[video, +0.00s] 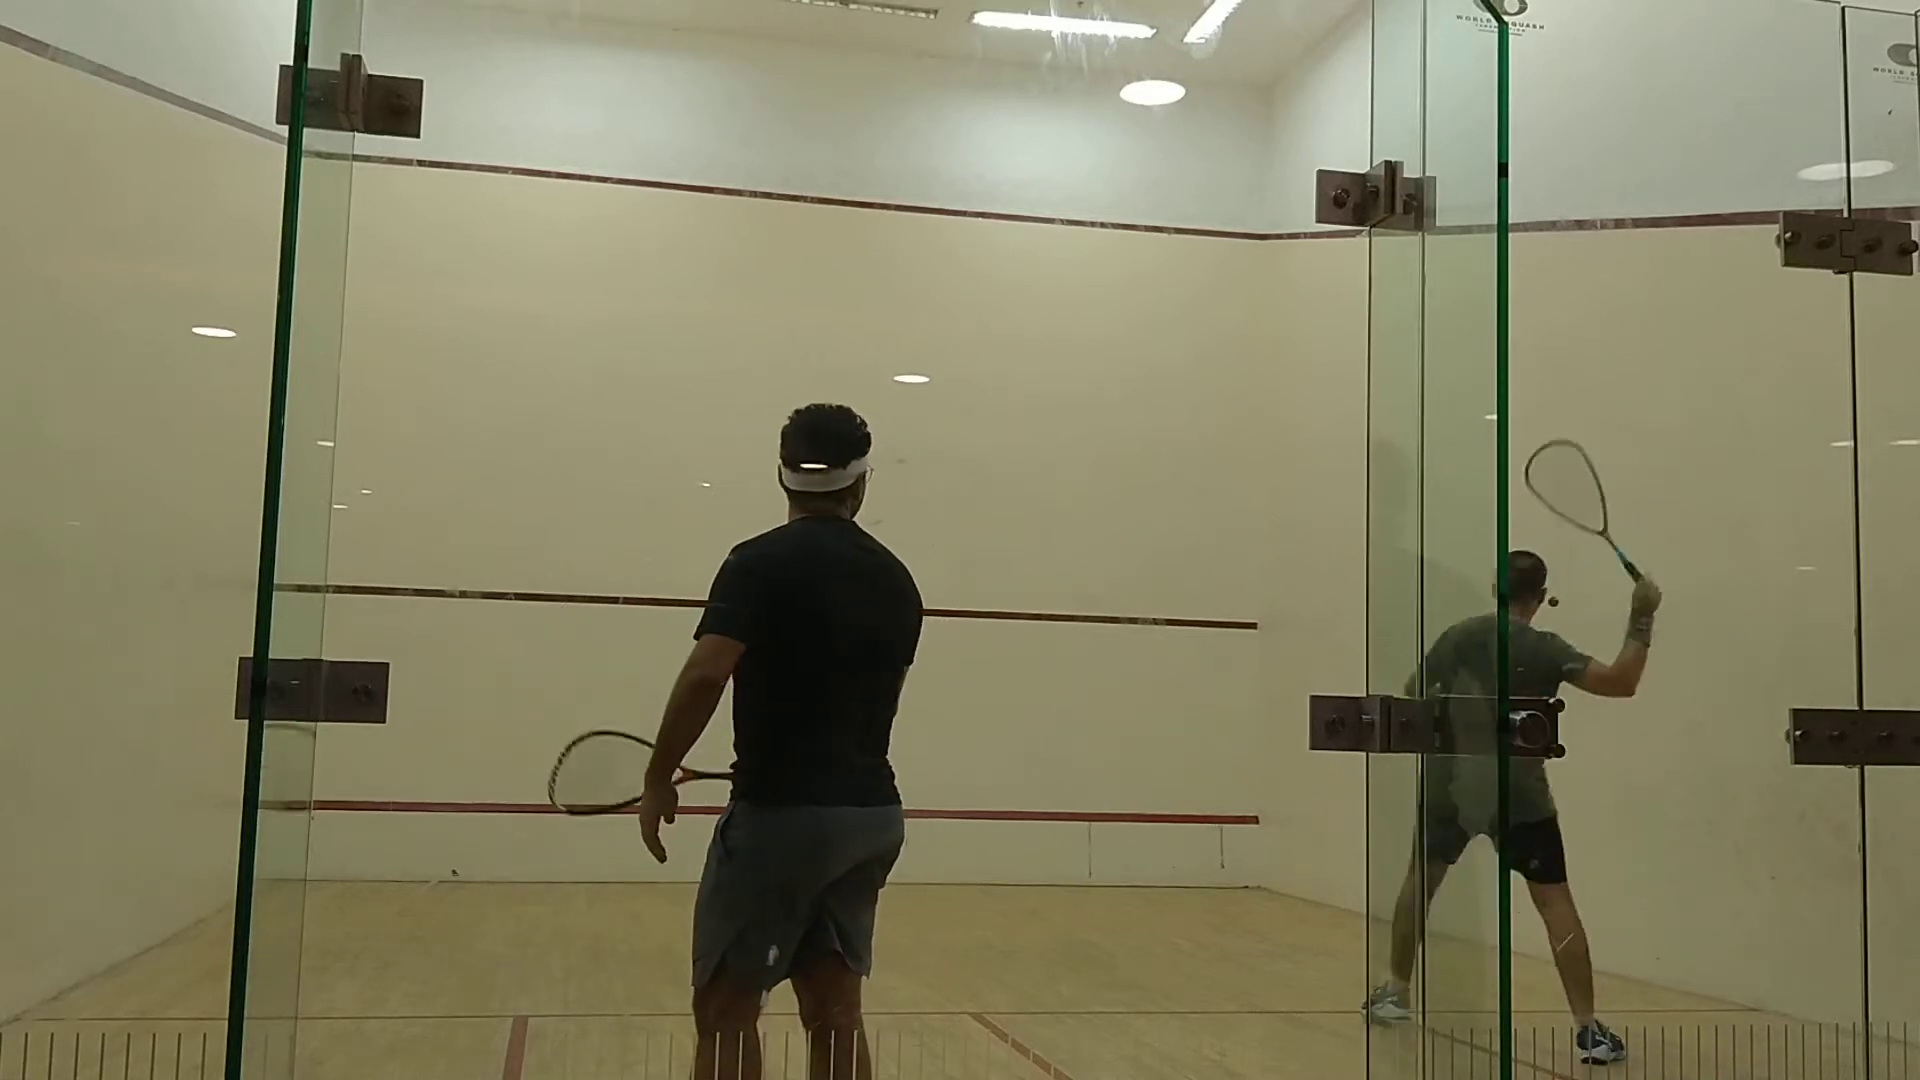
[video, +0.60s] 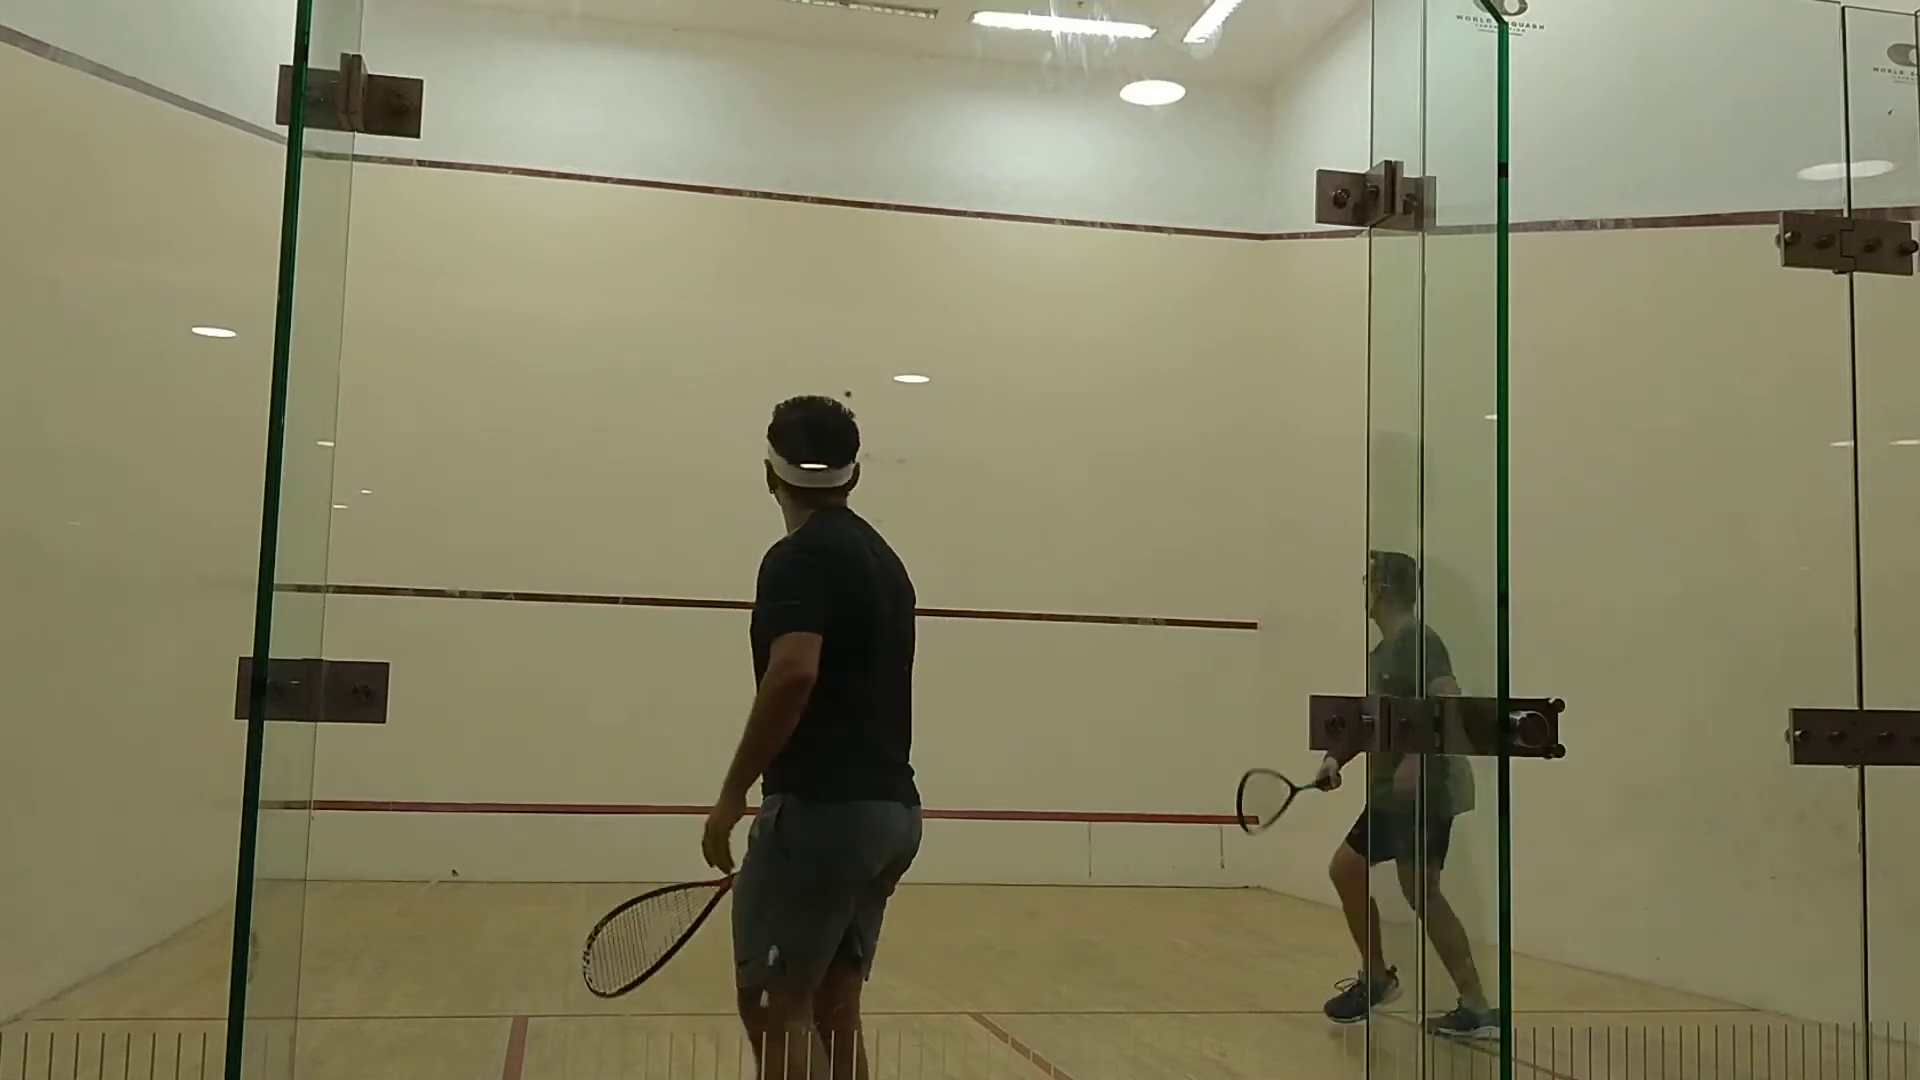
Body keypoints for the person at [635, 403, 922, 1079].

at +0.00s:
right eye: (861, 478)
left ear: (784, 480)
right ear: (860, 485)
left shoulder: (755, 563)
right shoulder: (897, 580)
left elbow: (707, 673)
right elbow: (871, 702)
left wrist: (659, 773)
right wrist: (772, 760)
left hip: (772, 824)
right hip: (870, 821)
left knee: (726, 1011)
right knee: (835, 1010)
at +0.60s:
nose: (770, 473)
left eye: (771, 463)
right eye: (778, 462)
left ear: (774, 475)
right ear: (849, 475)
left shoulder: (796, 559)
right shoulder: (882, 561)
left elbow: (794, 673)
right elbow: (869, 699)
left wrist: (730, 799)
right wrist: (789, 803)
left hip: (818, 818)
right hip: (890, 815)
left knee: (772, 1007)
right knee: (835, 1004)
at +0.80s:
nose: (773, 476)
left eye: (774, 464)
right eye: (779, 463)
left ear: (785, 482)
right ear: (861, 479)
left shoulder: (821, 567)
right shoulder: (889, 558)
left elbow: (823, 696)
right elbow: (891, 708)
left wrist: (774, 831)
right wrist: (813, 832)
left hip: (857, 830)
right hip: (908, 825)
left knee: (821, 1024)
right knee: (837, 1017)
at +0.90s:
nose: (781, 487)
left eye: (783, 475)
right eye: (785, 474)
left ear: (798, 494)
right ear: (870, 492)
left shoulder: (842, 583)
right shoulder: (892, 571)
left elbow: (841, 709)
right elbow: (898, 722)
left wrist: (782, 845)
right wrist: (827, 827)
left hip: (883, 852)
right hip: (879, 847)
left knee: (889, 1047)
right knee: (800, 1008)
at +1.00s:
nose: (782, 497)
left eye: (787, 483)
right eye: (786, 482)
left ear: (810, 499)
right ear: (867, 498)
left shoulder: (865, 586)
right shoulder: (882, 575)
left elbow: (864, 715)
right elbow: (892, 727)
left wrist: (798, 852)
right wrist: (814, 812)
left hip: (905, 851)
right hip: (872, 846)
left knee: (903, 1052)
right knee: (781, 1015)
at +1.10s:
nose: (764, 492)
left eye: (773, 477)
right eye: (767, 476)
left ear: (814, 491)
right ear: (824, 491)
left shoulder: (876, 575)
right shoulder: (862, 569)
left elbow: (889, 711)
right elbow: (883, 713)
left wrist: (822, 849)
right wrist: (816, 778)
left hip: (912, 849)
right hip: (865, 844)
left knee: (913, 1052)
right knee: (763, 1014)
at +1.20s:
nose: (747, 499)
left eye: (758, 480)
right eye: (748, 481)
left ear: (813, 483)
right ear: (812, 484)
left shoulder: (880, 571)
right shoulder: (829, 576)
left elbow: (911, 705)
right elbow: (841, 704)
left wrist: (862, 849)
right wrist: (785, 760)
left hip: (916, 843)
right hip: (838, 838)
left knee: (915, 1050)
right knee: (759, 1018)